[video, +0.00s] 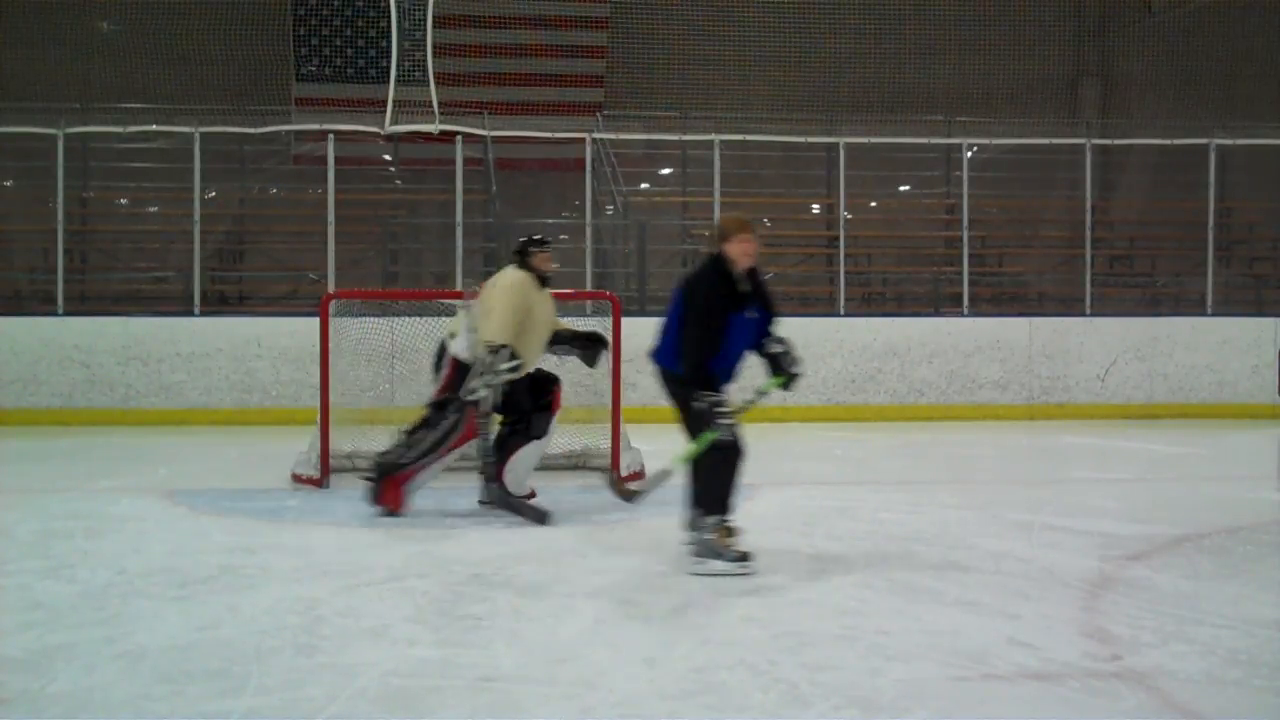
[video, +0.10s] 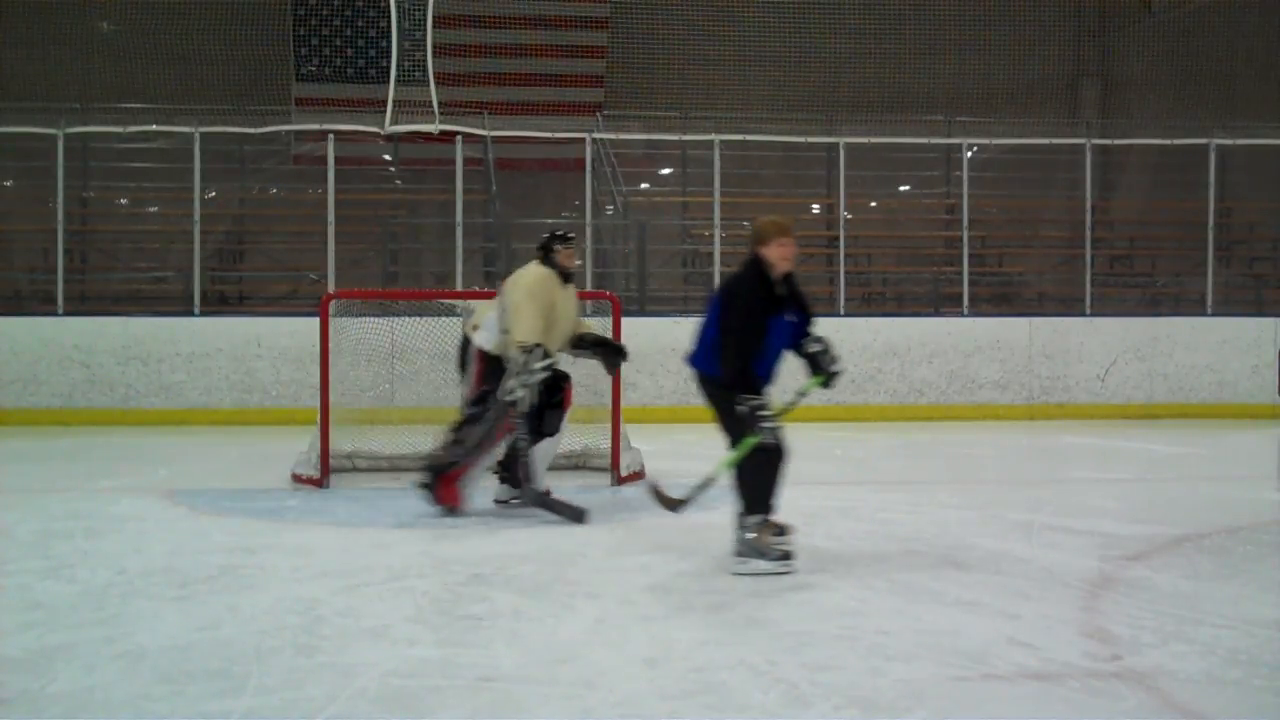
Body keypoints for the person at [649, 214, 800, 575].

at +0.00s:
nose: (748, 248)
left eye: (751, 242)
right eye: (740, 242)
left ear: (756, 247)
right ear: (723, 246)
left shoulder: (751, 283)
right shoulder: (705, 282)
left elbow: (758, 329)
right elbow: (691, 344)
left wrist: (778, 355)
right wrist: (704, 395)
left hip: (709, 373)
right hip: (681, 371)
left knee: (720, 444)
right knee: (719, 445)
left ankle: (707, 524)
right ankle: (707, 528)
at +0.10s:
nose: (789, 252)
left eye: (791, 245)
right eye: (780, 245)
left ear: (794, 249)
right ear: (760, 249)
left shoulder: (785, 287)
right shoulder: (742, 287)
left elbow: (796, 328)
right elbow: (731, 349)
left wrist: (817, 355)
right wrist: (746, 398)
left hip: (747, 378)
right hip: (719, 377)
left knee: (767, 446)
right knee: (758, 448)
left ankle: (756, 523)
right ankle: (751, 529)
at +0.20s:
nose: (823, 256)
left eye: (826, 249)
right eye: (815, 248)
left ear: (828, 253)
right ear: (795, 252)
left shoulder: (818, 291)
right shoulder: (777, 290)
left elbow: (829, 330)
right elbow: (767, 353)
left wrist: (848, 353)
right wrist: (784, 401)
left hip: (782, 378)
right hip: (753, 377)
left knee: (804, 448)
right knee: (798, 450)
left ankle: (793, 515)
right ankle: (779, 528)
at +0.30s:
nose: (854, 255)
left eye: (857, 248)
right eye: (847, 247)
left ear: (857, 251)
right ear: (826, 250)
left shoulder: (847, 287)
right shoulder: (809, 287)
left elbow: (862, 323)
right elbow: (803, 350)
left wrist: (876, 348)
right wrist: (817, 400)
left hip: (816, 377)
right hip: (785, 377)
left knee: (839, 438)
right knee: (813, 446)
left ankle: (824, 510)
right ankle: (790, 527)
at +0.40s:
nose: (883, 246)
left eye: (884, 240)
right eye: (875, 240)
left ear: (885, 244)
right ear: (855, 245)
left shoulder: (880, 281)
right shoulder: (835, 283)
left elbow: (895, 318)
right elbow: (831, 347)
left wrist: (905, 343)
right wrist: (852, 393)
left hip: (846, 373)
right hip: (811, 373)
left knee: (874, 434)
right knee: (820, 446)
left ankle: (869, 513)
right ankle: (797, 526)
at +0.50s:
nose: (904, 246)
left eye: (906, 239)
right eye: (897, 240)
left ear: (908, 242)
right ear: (876, 244)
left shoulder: (909, 282)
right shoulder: (858, 280)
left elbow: (922, 314)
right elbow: (856, 342)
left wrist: (929, 340)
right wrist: (878, 388)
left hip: (874, 372)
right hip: (835, 370)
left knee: (902, 433)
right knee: (838, 437)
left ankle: (915, 509)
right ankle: (808, 515)